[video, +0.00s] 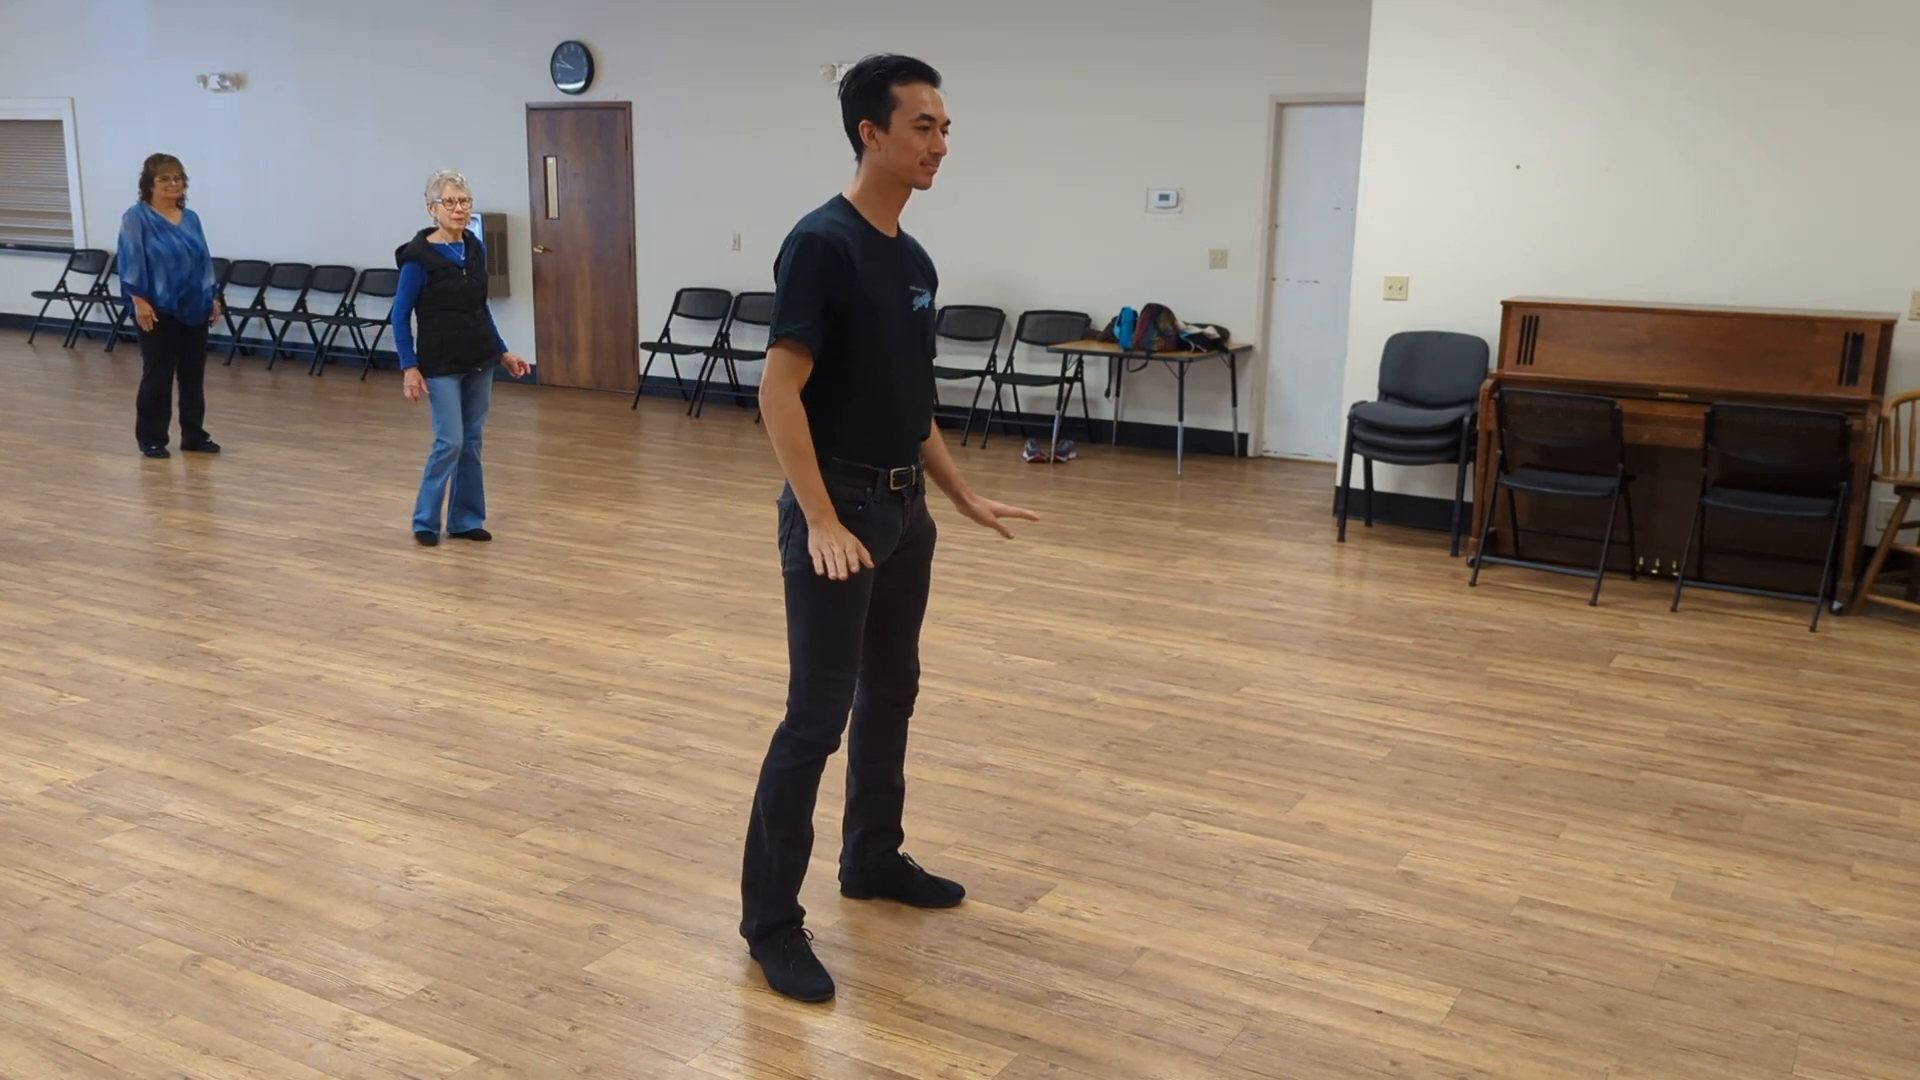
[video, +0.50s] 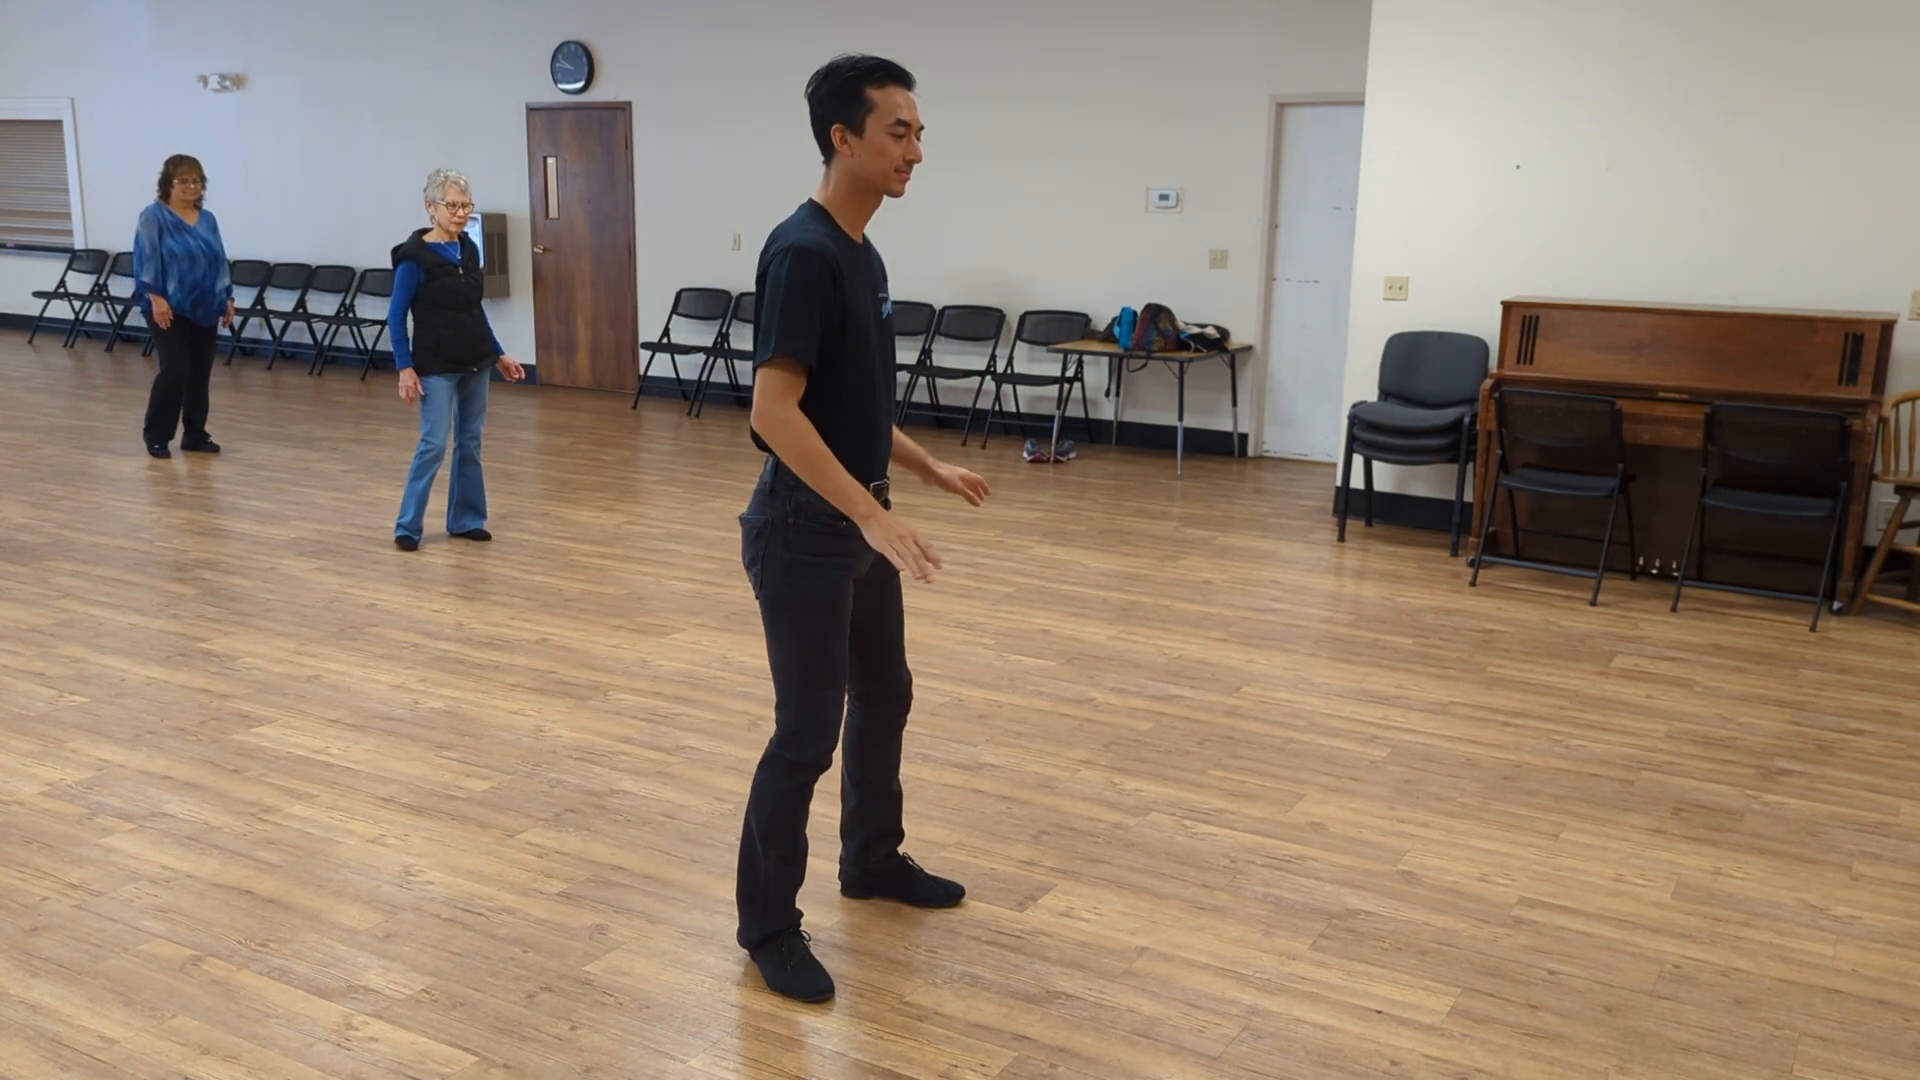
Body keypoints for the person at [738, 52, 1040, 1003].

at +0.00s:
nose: (941, 142)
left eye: (943, 127)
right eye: (925, 125)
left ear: (913, 139)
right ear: (870, 131)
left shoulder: (914, 261)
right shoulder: (820, 244)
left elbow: (910, 399)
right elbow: (776, 391)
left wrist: (962, 493)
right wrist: (819, 517)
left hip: (904, 505)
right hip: (832, 509)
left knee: (888, 697)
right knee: (814, 720)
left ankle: (872, 857)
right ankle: (769, 919)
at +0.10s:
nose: (939, 145)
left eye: (940, 130)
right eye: (923, 128)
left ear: (901, 142)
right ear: (867, 134)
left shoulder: (904, 262)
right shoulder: (817, 244)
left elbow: (901, 407)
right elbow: (774, 395)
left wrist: (956, 492)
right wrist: (833, 520)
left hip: (899, 517)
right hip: (824, 522)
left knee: (890, 697)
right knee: (815, 724)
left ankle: (871, 858)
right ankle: (768, 921)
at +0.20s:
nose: (934, 147)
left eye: (935, 131)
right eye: (918, 129)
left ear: (894, 144)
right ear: (862, 136)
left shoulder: (891, 259)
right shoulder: (814, 244)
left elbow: (884, 402)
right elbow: (773, 398)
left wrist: (953, 481)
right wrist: (846, 515)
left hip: (890, 514)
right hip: (817, 520)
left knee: (889, 698)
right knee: (814, 726)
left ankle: (871, 858)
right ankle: (768, 922)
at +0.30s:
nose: (928, 148)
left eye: (930, 132)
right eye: (912, 130)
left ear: (887, 144)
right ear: (855, 137)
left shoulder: (880, 253)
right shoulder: (809, 243)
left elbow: (872, 395)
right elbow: (772, 396)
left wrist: (948, 458)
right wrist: (857, 502)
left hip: (880, 517)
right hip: (810, 522)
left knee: (882, 700)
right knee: (808, 727)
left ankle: (871, 859)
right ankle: (768, 924)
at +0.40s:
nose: (920, 148)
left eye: (922, 132)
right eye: (905, 129)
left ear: (881, 143)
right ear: (848, 135)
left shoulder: (872, 252)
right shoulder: (805, 244)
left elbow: (864, 394)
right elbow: (771, 401)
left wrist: (941, 454)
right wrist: (866, 501)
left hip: (867, 523)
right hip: (803, 527)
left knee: (883, 697)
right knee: (805, 732)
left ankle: (872, 859)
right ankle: (768, 927)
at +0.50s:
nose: (916, 149)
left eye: (917, 132)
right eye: (900, 131)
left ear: (875, 142)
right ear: (843, 138)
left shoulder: (860, 253)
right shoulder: (805, 253)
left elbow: (852, 403)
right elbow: (771, 414)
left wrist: (929, 465)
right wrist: (869, 516)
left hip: (857, 527)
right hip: (799, 530)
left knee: (883, 700)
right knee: (806, 736)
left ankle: (872, 859)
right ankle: (768, 930)